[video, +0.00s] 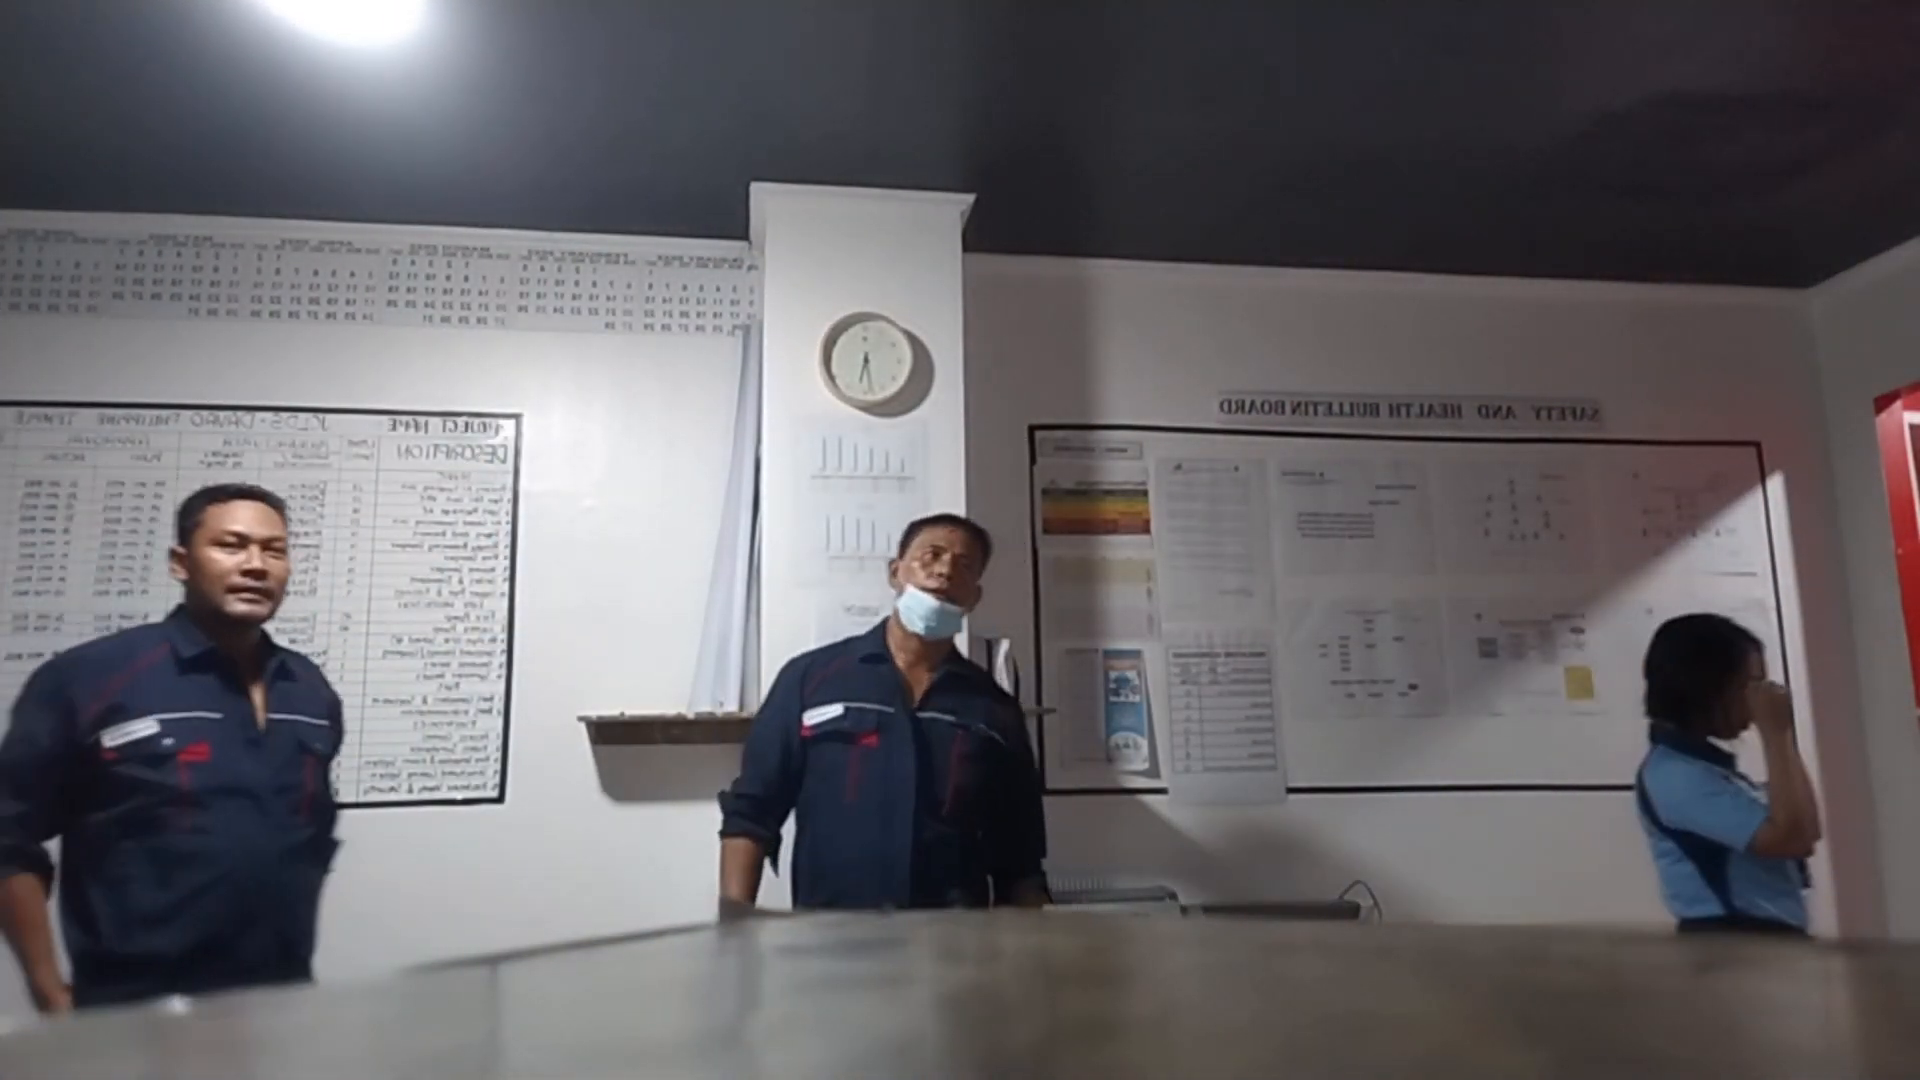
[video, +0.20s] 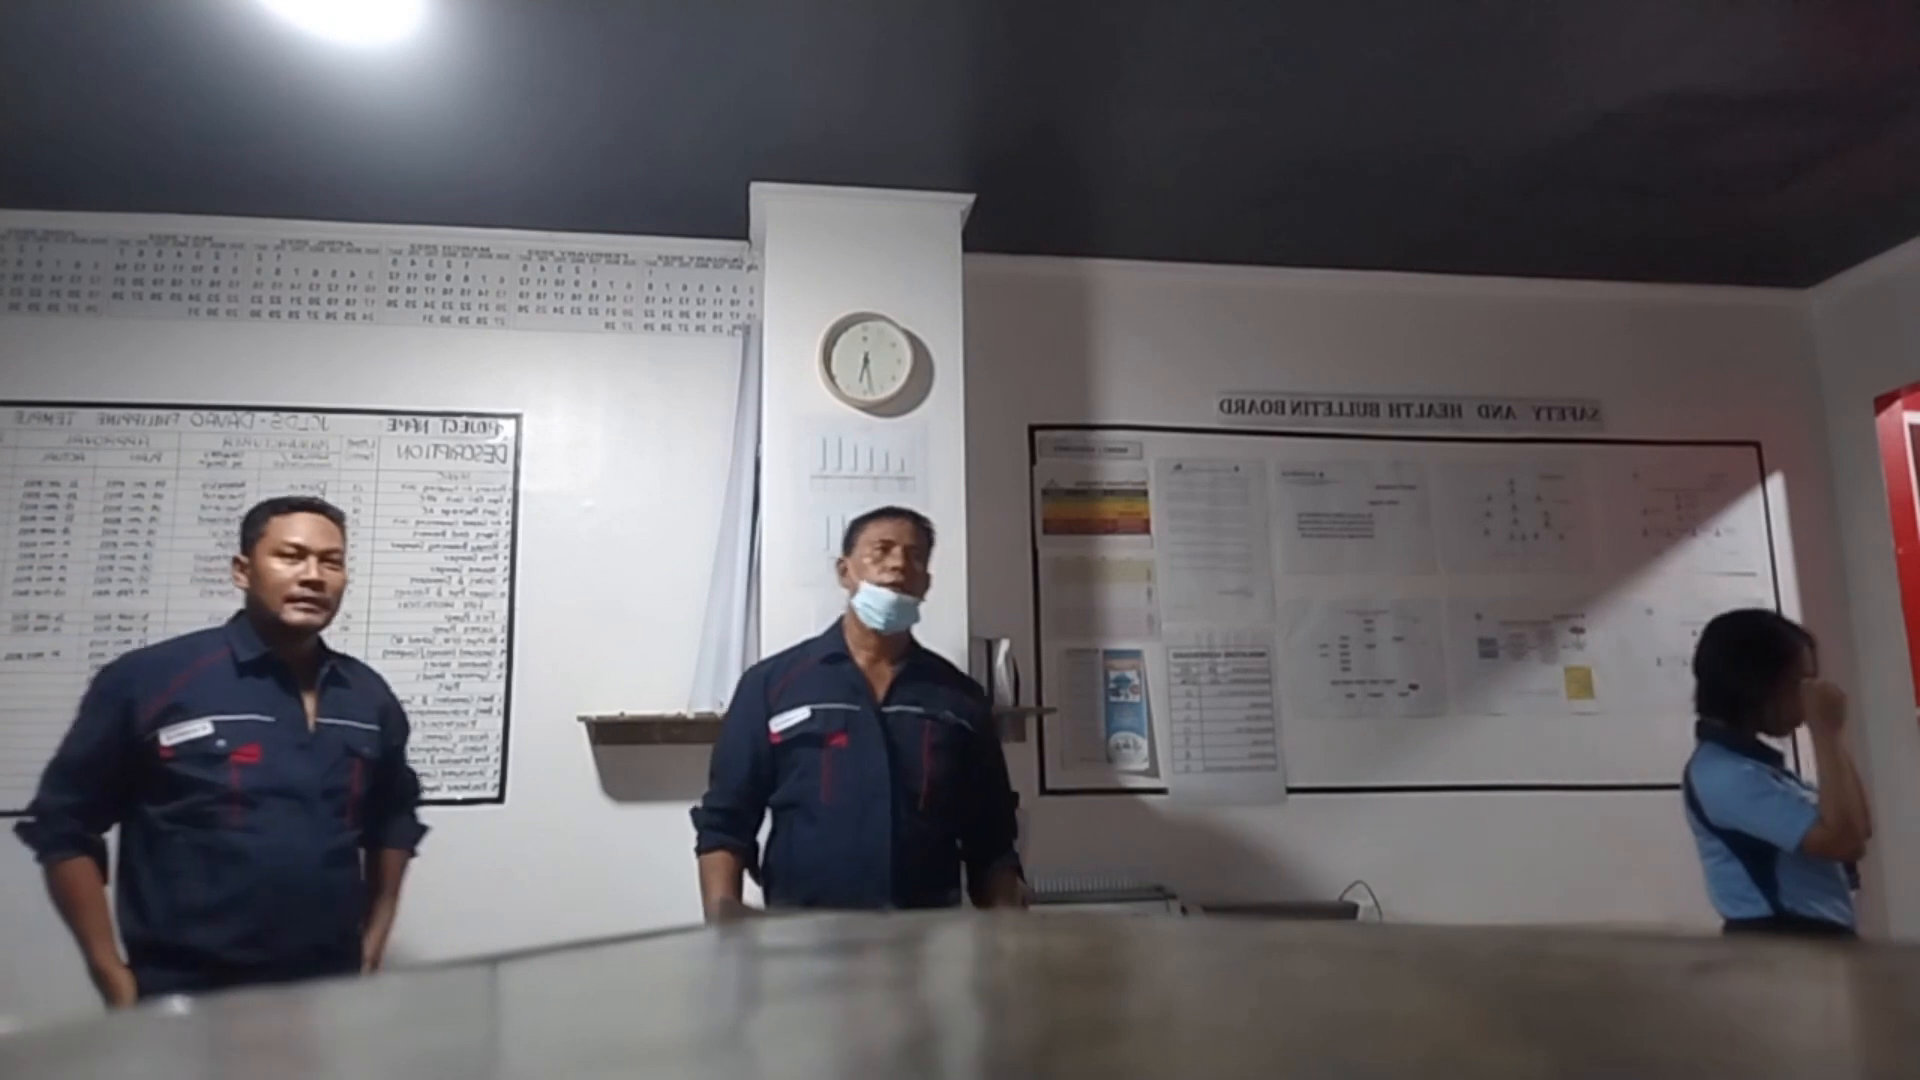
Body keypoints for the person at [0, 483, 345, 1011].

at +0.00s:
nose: (257, 564)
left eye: (273, 549)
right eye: (232, 545)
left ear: (289, 568)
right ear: (181, 563)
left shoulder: (312, 694)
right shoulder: (82, 684)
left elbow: (313, 844)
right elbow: (12, 836)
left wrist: (286, 976)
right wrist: (52, 996)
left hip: (275, 1013)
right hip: (130, 1019)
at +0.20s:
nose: (314, 575)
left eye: (330, 562)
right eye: (291, 556)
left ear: (345, 579)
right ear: (243, 571)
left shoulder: (370, 700)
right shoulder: (144, 684)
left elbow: (396, 818)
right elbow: (62, 826)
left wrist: (371, 946)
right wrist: (114, 979)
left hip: (327, 1001)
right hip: (184, 1005)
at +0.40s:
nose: (336, 579)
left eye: (354, 565)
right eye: (315, 559)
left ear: (369, 583)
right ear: (269, 571)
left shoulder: (397, 698)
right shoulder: (173, 681)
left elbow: (438, 817)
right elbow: (90, 811)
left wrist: (415, 933)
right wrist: (135, 938)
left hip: (342, 996)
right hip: (204, 996)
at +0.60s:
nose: (350, 583)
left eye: (367, 569)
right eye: (330, 563)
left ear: (379, 586)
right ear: (283, 574)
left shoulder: (404, 706)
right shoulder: (189, 683)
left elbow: (427, 841)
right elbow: (129, 831)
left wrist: (422, 953)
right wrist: (120, 965)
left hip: (342, 1000)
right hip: (201, 1002)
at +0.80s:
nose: (363, 583)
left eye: (380, 574)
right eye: (345, 564)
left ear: (390, 594)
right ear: (296, 575)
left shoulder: (405, 715)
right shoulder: (194, 680)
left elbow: (420, 870)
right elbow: (118, 832)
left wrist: (429, 992)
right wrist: (70, 965)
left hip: (336, 999)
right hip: (200, 997)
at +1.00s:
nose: (351, 581)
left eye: (365, 571)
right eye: (332, 561)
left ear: (373, 595)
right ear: (277, 574)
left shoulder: (383, 720)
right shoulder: (175, 682)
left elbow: (408, 875)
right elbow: (90, 843)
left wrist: (435, 994)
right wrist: (22, 978)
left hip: (323, 1007)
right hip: (190, 1005)